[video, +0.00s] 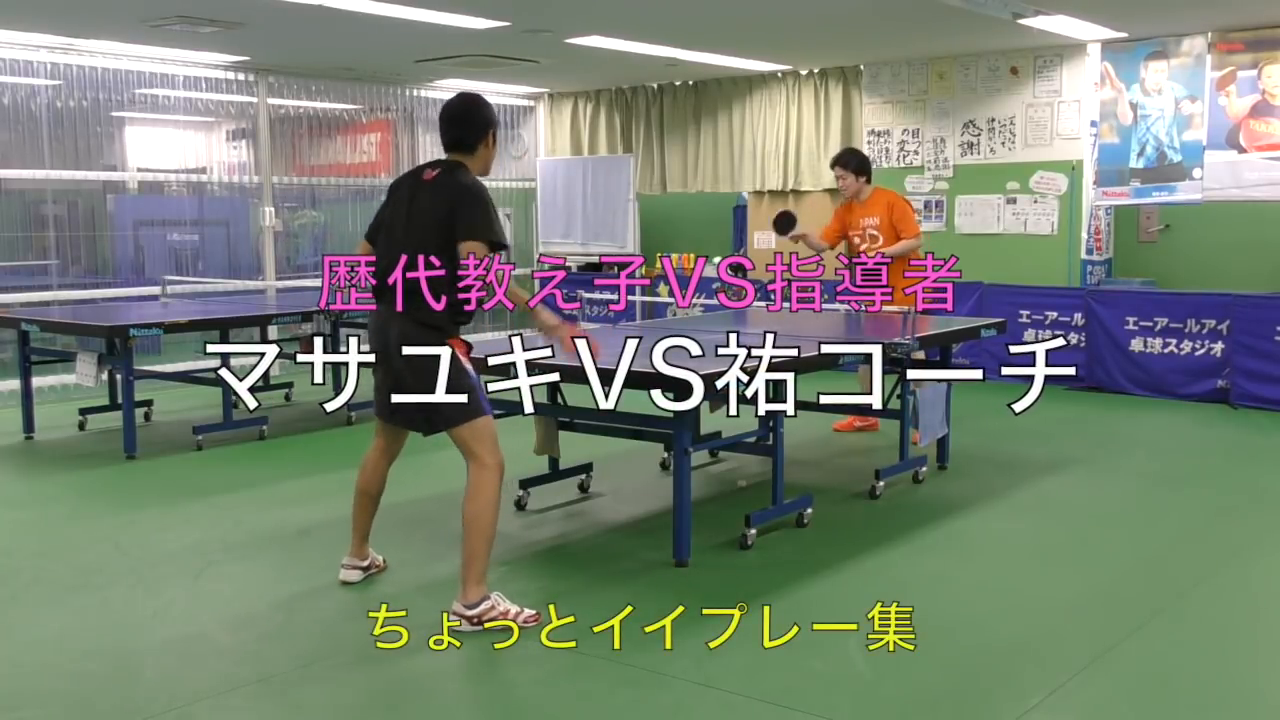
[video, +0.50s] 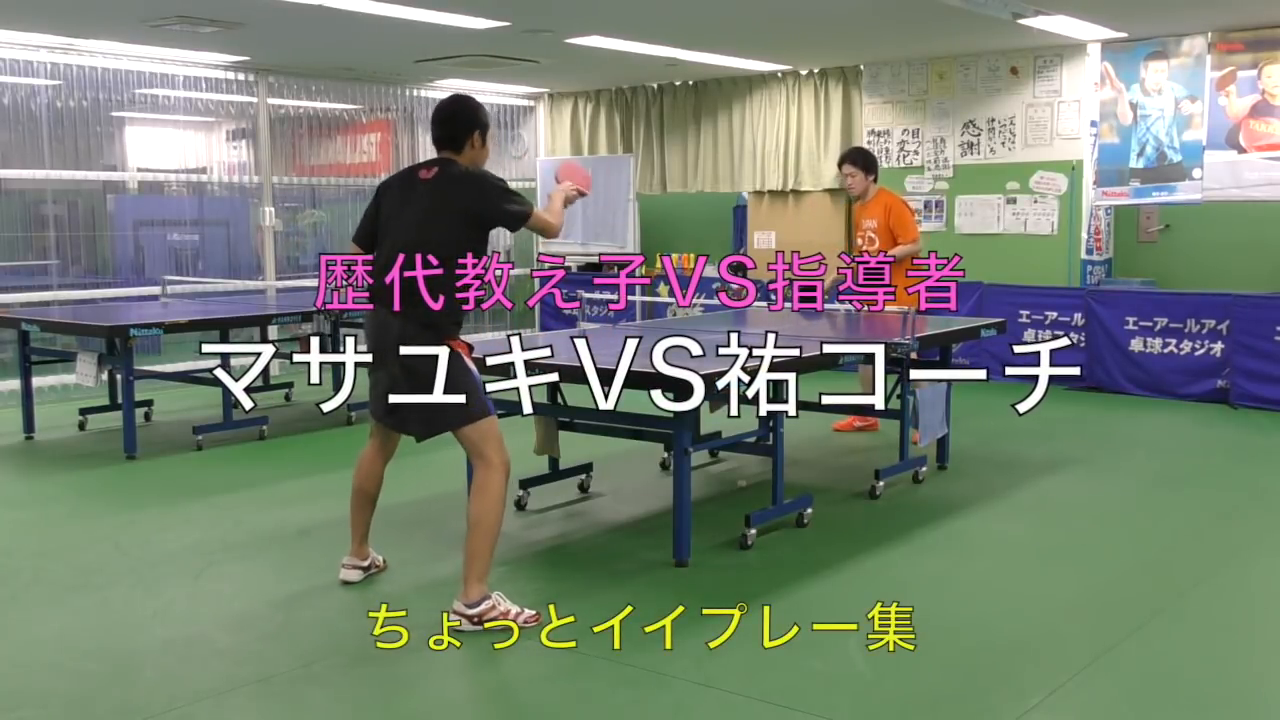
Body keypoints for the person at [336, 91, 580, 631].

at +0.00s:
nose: (497, 146)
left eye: (495, 137)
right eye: (496, 137)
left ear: (444, 137)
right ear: (487, 139)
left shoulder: (407, 183)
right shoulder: (467, 190)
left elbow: (370, 248)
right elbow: (479, 266)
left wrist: (421, 287)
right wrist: (544, 318)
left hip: (388, 341)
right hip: (433, 345)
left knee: (384, 445)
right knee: (487, 460)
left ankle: (356, 555)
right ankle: (474, 596)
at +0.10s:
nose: (505, 163)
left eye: (504, 153)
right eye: (504, 152)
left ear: (459, 147)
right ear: (490, 152)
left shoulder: (426, 189)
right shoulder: (452, 192)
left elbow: (390, 262)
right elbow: (426, 265)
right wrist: (467, 321)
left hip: (390, 343)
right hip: (418, 347)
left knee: (397, 445)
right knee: (487, 460)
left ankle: (358, 555)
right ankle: (473, 597)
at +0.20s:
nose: (508, 178)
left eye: (510, 168)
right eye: (506, 167)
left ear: (470, 160)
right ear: (484, 160)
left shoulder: (431, 196)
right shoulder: (448, 198)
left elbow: (389, 273)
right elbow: (424, 262)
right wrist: (474, 317)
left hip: (393, 352)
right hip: (416, 356)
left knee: (402, 447)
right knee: (486, 460)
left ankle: (359, 554)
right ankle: (472, 598)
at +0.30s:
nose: (505, 175)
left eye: (507, 165)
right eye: (503, 164)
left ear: (469, 155)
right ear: (477, 155)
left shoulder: (417, 193)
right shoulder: (447, 196)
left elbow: (376, 260)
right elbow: (467, 280)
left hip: (386, 345)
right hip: (418, 350)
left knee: (394, 443)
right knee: (484, 460)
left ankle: (358, 554)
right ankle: (473, 597)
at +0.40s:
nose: (497, 161)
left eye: (498, 151)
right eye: (496, 150)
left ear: (451, 143)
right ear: (474, 145)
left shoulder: (404, 185)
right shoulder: (469, 190)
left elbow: (370, 249)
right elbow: (528, 250)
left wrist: (427, 269)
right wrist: (572, 226)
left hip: (384, 340)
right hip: (425, 345)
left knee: (382, 443)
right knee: (485, 459)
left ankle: (357, 554)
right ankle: (473, 597)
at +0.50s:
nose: (488, 147)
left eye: (486, 138)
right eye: (486, 138)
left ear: (437, 138)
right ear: (474, 139)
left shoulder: (396, 184)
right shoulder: (478, 185)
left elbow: (364, 246)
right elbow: (549, 225)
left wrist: (420, 255)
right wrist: (562, 195)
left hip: (383, 339)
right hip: (434, 342)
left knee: (379, 445)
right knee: (491, 460)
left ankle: (356, 554)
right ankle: (475, 595)